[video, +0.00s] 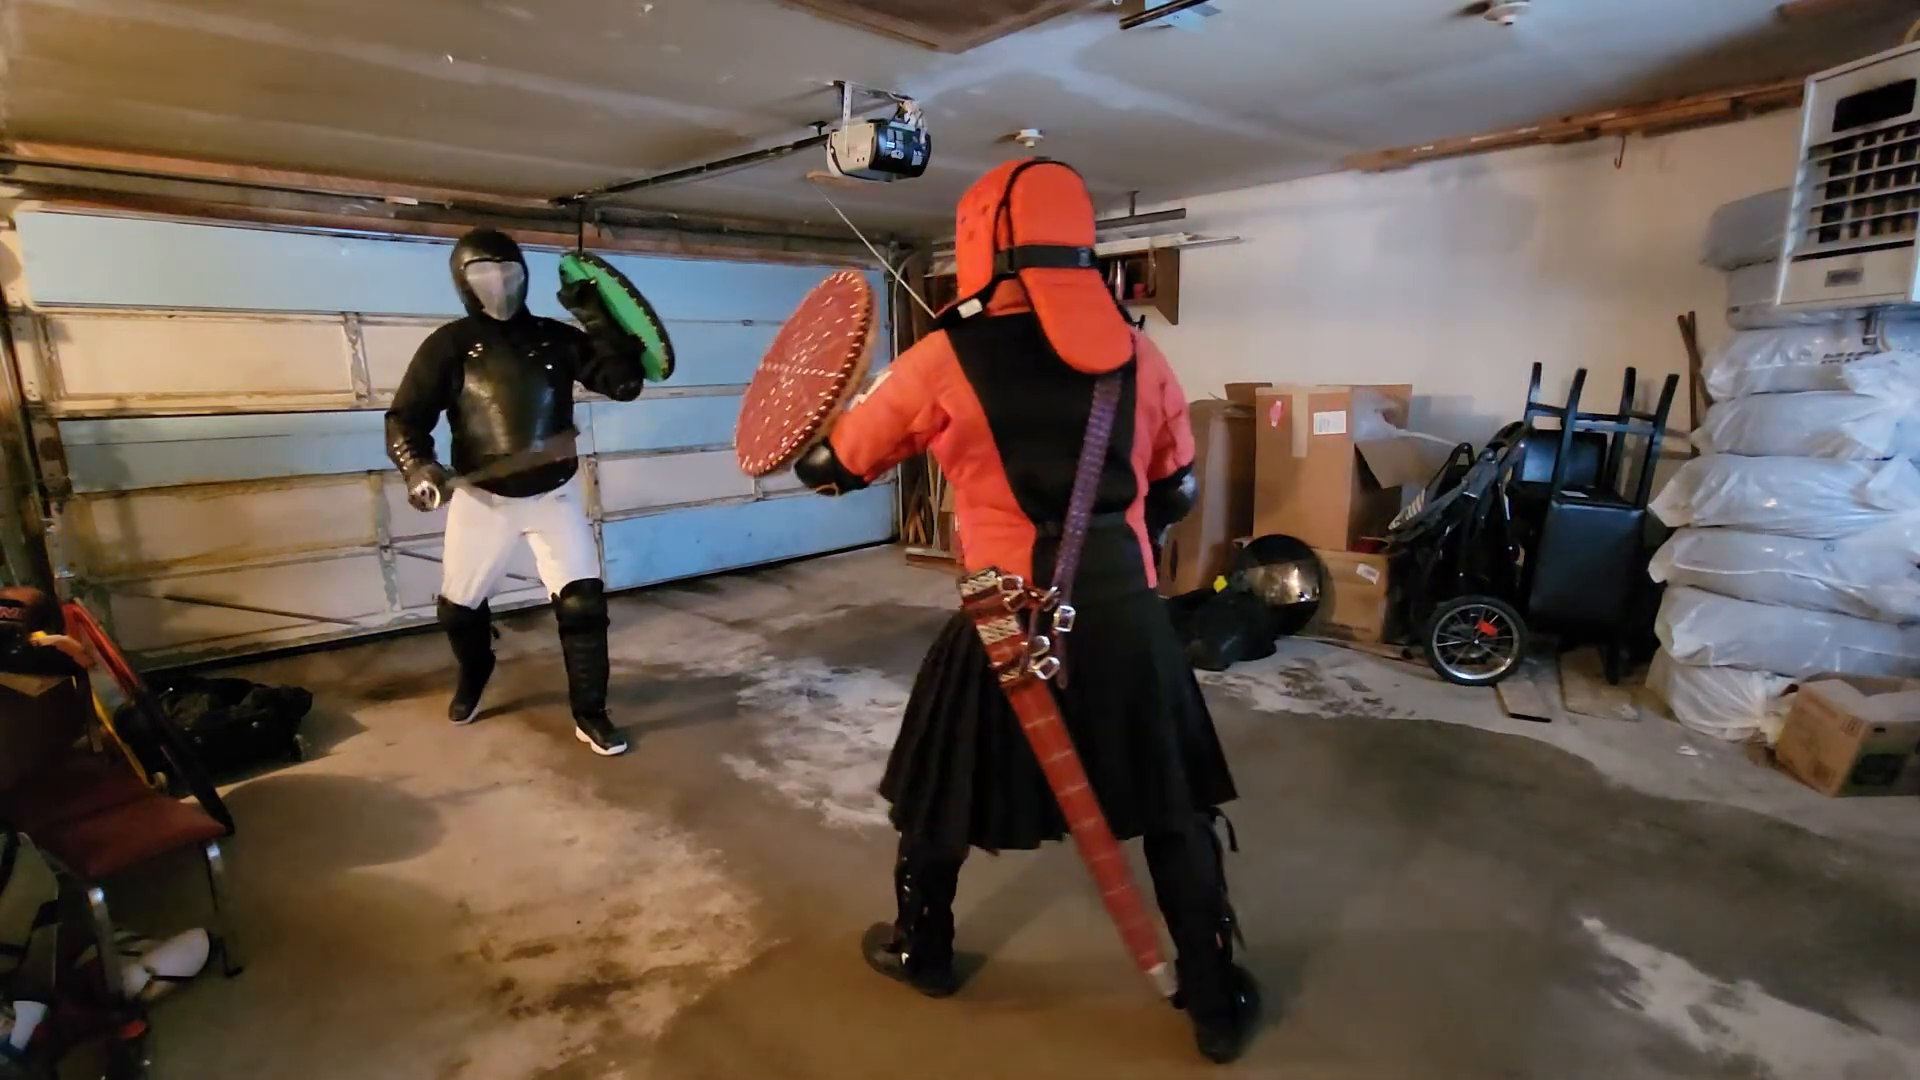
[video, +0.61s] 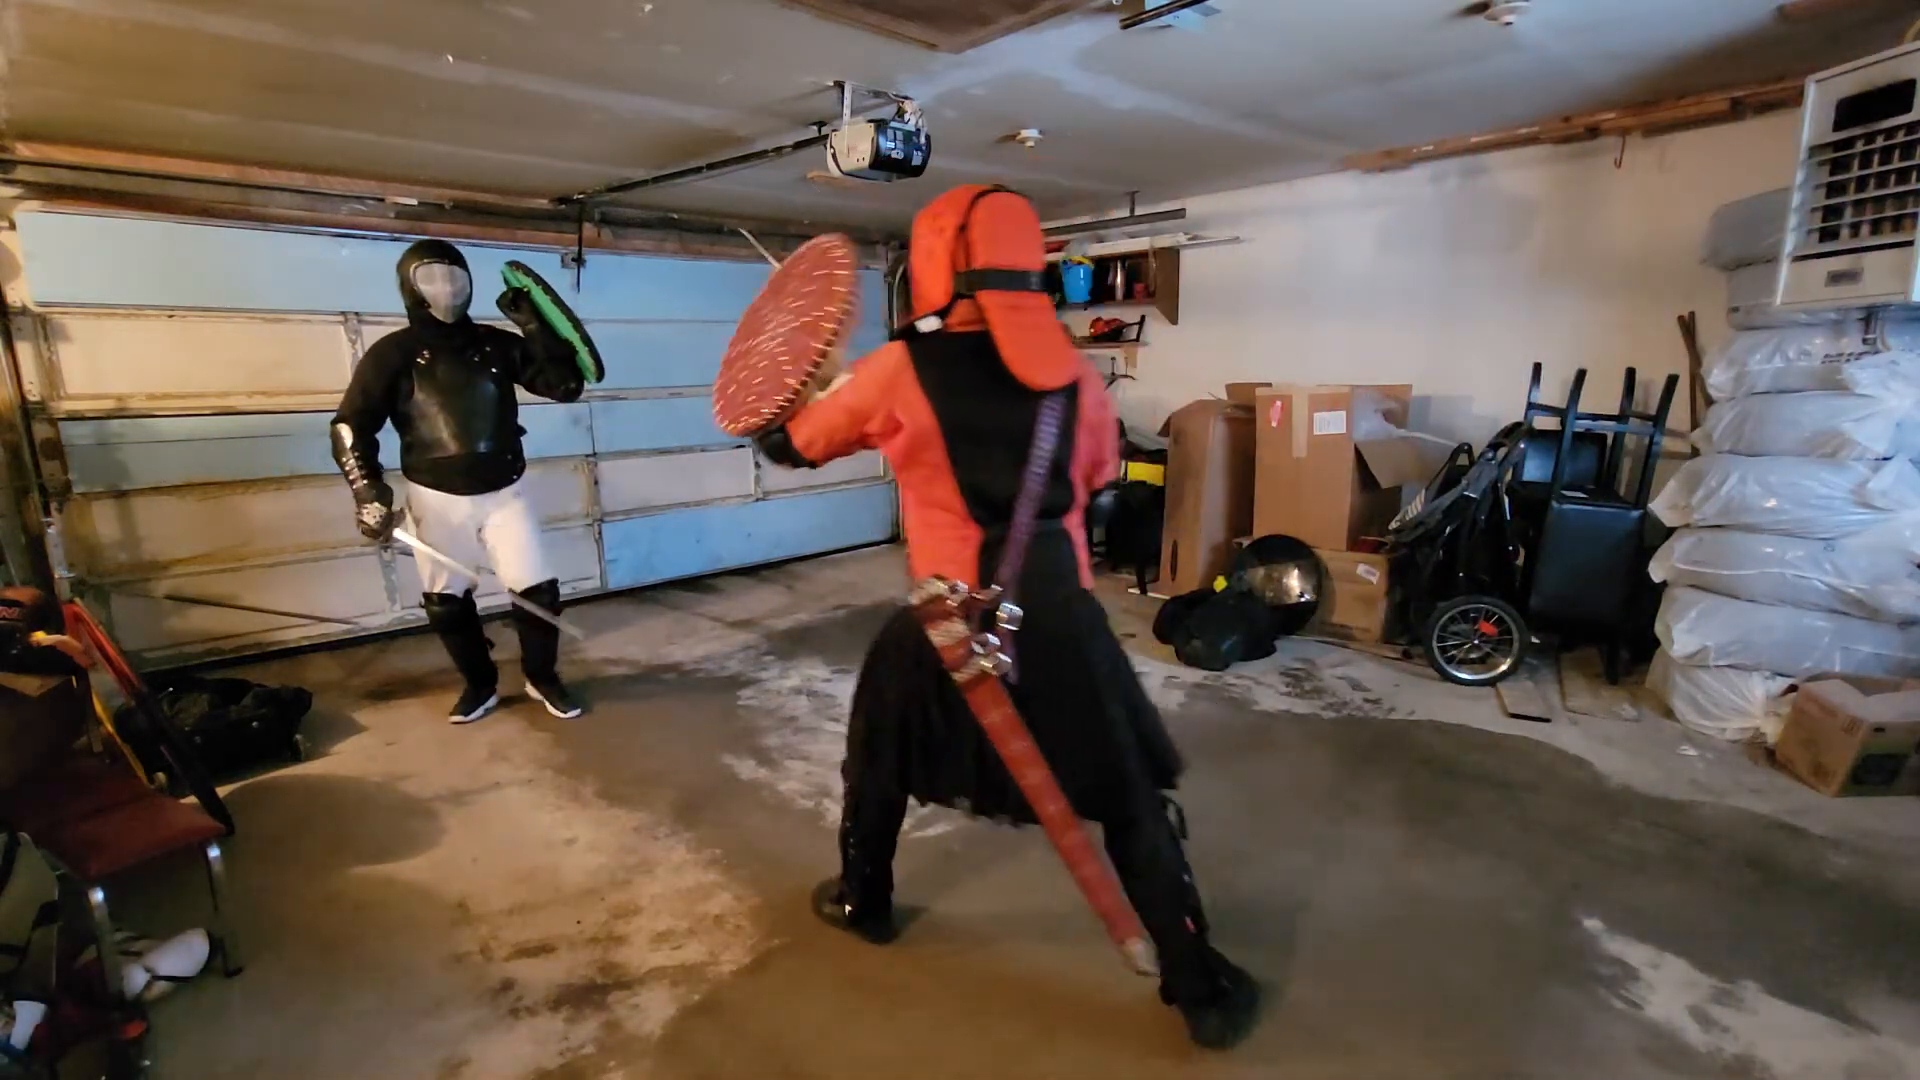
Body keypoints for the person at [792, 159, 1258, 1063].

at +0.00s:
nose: (958, 260)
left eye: (965, 244)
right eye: (961, 245)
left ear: (986, 247)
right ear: (1079, 245)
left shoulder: (945, 358)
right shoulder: (1137, 355)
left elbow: (845, 460)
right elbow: (1174, 493)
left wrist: (811, 447)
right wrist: (1107, 540)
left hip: (1002, 624)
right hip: (1127, 618)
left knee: (940, 773)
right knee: (1171, 802)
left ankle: (925, 942)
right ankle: (1216, 999)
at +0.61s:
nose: (912, 278)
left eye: (919, 264)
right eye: (921, 264)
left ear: (938, 270)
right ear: (1031, 270)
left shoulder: (903, 367)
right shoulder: (1073, 376)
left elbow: (807, 441)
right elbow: (1096, 473)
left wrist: (779, 417)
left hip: (944, 620)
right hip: (1060, 619)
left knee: (881, 734)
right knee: (1127, 791)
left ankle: (864, 894)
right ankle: (1200, 984)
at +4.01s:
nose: (947, 288)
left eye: (954, 277)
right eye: (950, 276)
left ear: (973, 284)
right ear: (1047, 278)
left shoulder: (949, 369)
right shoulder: (1102, 363)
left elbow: (871, 445)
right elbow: (1118, 453)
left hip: (1002, 579)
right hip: (1103, 576)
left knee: (949, 699)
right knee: (1140, 724)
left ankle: (955, 853)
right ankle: (1163, 892)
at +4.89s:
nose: (1034, 297)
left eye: (1039, 285)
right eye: (1036, 285)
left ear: (1057, 288)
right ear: (1131, 288)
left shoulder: (1025, 369)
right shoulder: (1183, 377)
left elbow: (948, 448)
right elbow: (1211, 495)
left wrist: (934, 379)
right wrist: (1153, 526)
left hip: (1055, 583)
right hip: (1159, 586)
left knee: (985, 698)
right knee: (1202, 729)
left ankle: (969, 849)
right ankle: (1232, 887)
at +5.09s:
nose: (1042, 290)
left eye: (1049, 278)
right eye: (1045, 278)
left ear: (1067, 283)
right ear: (1138, 283)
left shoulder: (1029, 366)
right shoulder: (1186, 371)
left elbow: (955, 443)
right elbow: (1221, 489)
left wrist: (955, 364)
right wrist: (1169, 531)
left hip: (1058, 579)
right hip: (1163, 581)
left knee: (992, 702)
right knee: (1206, 727)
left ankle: (970, 849)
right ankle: (1234, 889)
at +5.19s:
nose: (1045, 292)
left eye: (1051, 281)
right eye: (1048, 280)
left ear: (1068, 286)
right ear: (1141, 286)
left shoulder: (1032, 369)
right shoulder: (1190, 373)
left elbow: (956, 449)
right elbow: (1226, 492)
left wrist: (934, 391)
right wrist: (1170, 517)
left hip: (1057, 578)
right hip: (1164, 580)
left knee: (985, 694)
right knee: (1207, 726)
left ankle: (974, 834)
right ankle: (1236, 890)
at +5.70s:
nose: (966, 301)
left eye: (973, 289)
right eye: (967, 287)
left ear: (999, 294)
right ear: (1036, 290)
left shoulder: (999, 364)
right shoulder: (1058, 357)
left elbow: (931, 442)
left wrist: (884, 451)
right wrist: (946, 478)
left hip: (1017, 568)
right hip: (1074, 556)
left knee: (951, 692)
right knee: (1077, 679)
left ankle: (1001, 824)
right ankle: (1139, 783)